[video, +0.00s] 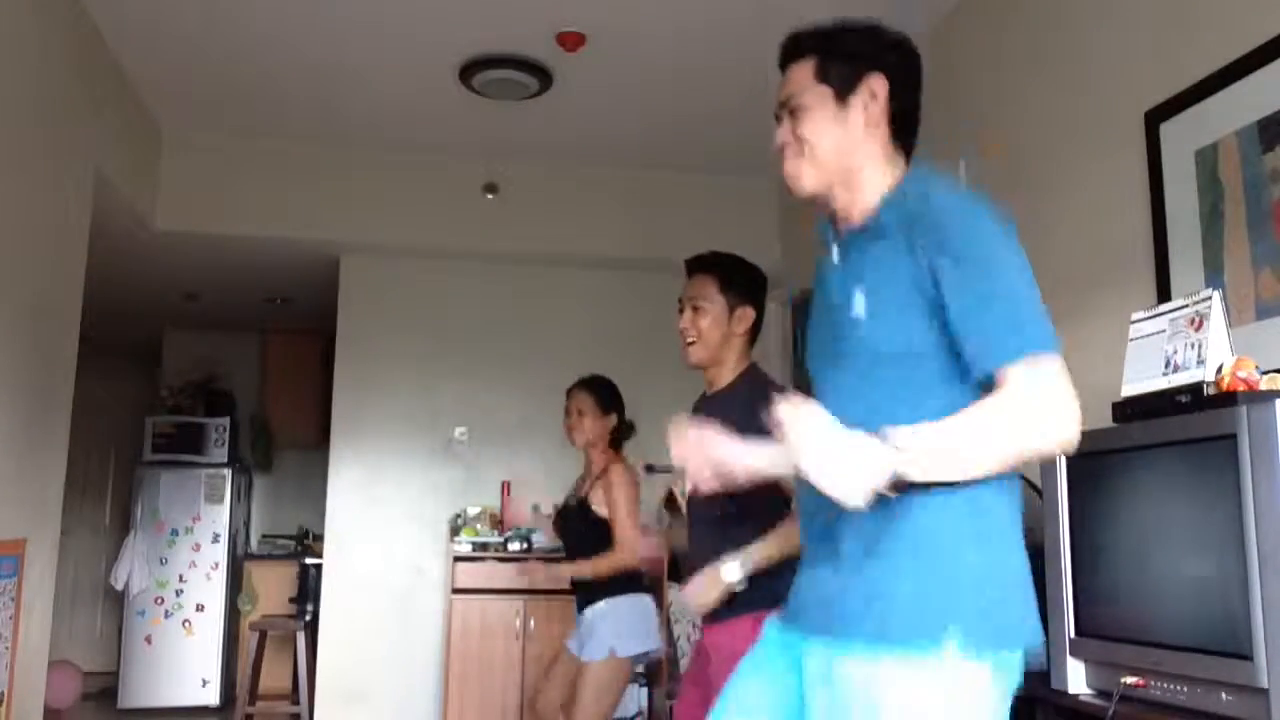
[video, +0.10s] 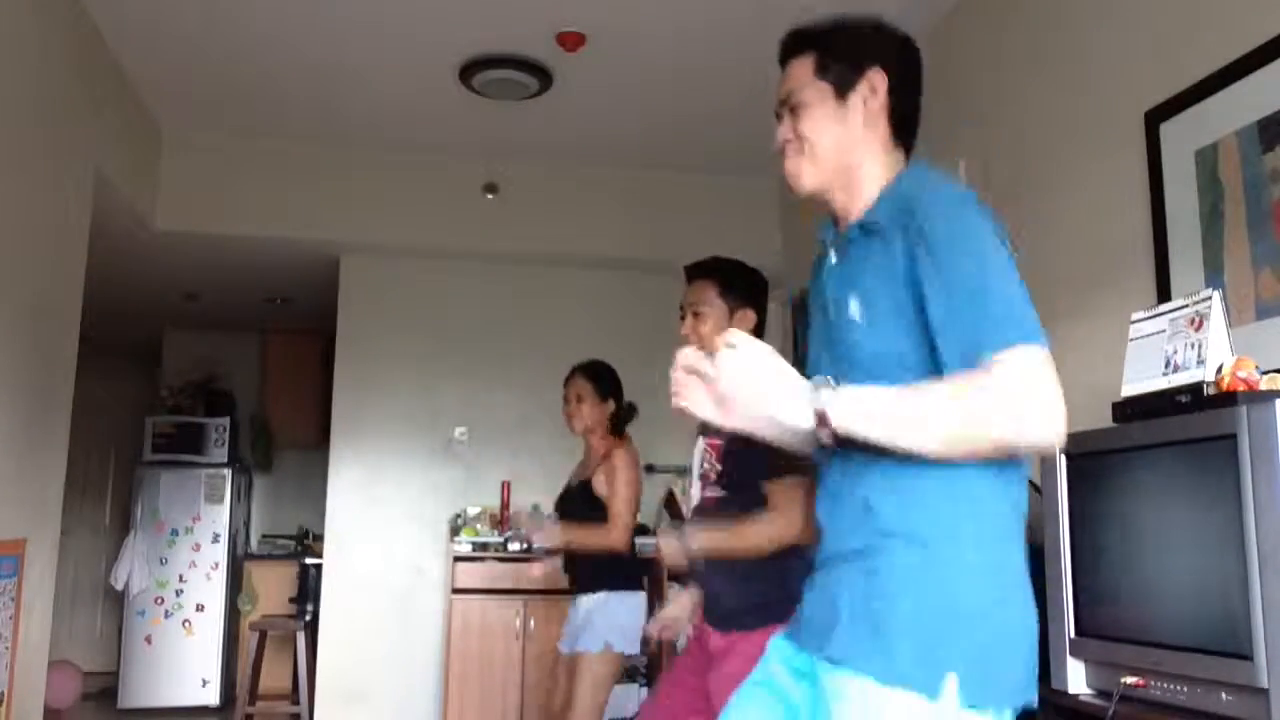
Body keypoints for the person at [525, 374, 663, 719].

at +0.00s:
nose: (571, 423)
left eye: (581, 413)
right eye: (568, 413)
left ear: (610, 421)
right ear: (565, 418)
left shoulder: (617, 473)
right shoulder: (588, 476)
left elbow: (628, 556)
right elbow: (592, 546)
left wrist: (559, 572)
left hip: (619, 613)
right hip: (592, 613)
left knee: (587, 713)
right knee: (546, 705)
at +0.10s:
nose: (571, 410)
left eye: (580, 400)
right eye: (568, 401)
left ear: (609, 405)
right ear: (564, 405)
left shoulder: (620, 456)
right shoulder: (590, 456)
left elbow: (620, 538)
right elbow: (585, 524)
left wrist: (558, 534)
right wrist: (540, 528)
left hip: (614, 596)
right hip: (587, 593)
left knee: (584, 712)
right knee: (561, 707)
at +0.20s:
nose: (568, 394)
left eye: (578, 384)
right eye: (565, 385)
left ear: (608, 390)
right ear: (562, 389)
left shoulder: (617, 430)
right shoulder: (590, 439)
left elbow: (612, 496)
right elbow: (592, 508)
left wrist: (545, 481)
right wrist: (549, 539)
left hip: (615, 584)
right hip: (582, 581)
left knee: (587, 700)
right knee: (569, 691)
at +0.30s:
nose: (571, 400)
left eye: (582, 389)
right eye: (568, 390)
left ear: (610, 395)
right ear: (566, 395)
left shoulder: (613, 443)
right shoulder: (587, 449)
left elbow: (624, 507)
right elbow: (588, 513)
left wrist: (554, 508)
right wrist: (548, 498)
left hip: (622, 589)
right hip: (587, 586)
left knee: (597, 708)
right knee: (563, 682)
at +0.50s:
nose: (576, 410)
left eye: (588, 401)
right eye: (574, 401)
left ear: (616, 409)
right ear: (570, 405)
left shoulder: (618, 455)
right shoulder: (595, 457)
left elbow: (620, 536)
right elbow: (591, 531)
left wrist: (550, 546)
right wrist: (537, 537)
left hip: (615, 599)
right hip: (597, 597)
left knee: (581, 711)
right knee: (573, 709)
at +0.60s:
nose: (576, 390)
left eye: (587, 380)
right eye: (573, 381)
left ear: (615, 388)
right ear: (572, 387)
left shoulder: (618, 431)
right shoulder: (596, 436)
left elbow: (605, 495)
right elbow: (597, 513)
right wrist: (560, 548)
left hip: (620, 583)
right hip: (592, 582)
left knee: (593, 700)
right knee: (572, 692)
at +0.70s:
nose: (579, 395)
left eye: (589, 385)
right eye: (576, 386)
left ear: (617, 391)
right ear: (572, 392)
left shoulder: (617, 435)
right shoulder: (596, 441)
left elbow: (618, 505)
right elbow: (599, 503)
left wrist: (550, 508)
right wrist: (556, 499)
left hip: (623, 583)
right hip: (595, 581)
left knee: (604, 704)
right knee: (569, 676)